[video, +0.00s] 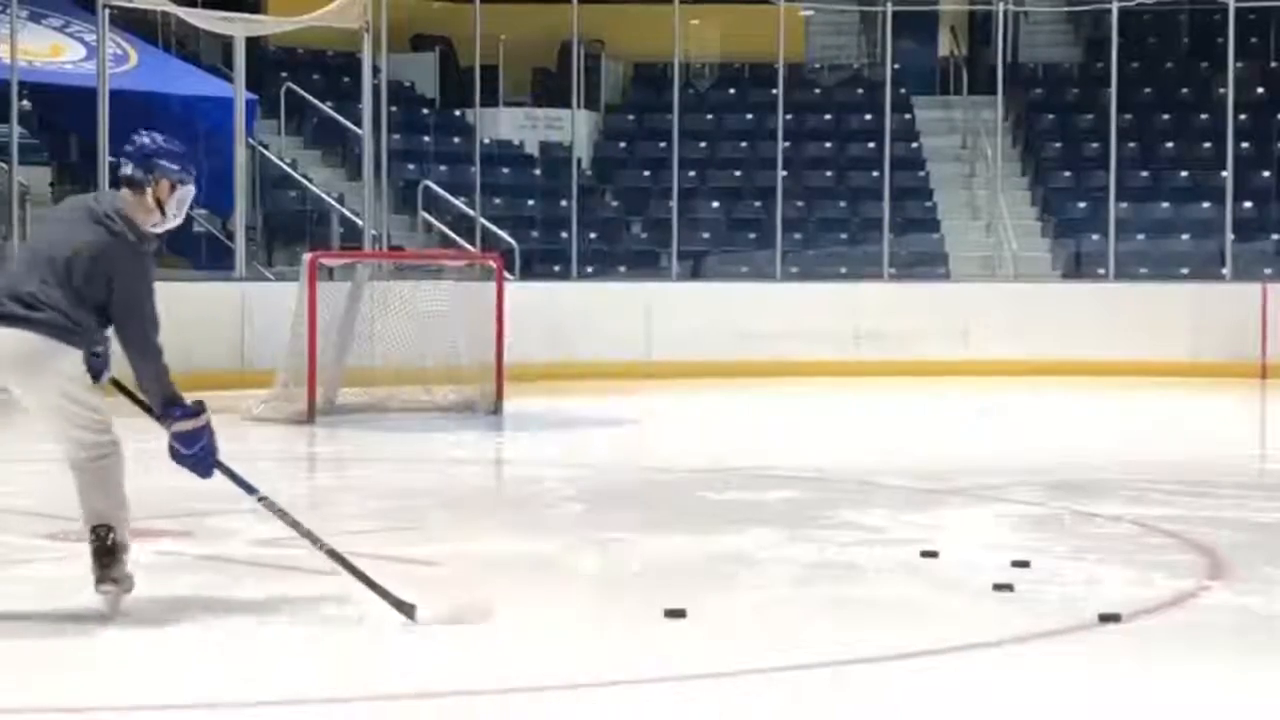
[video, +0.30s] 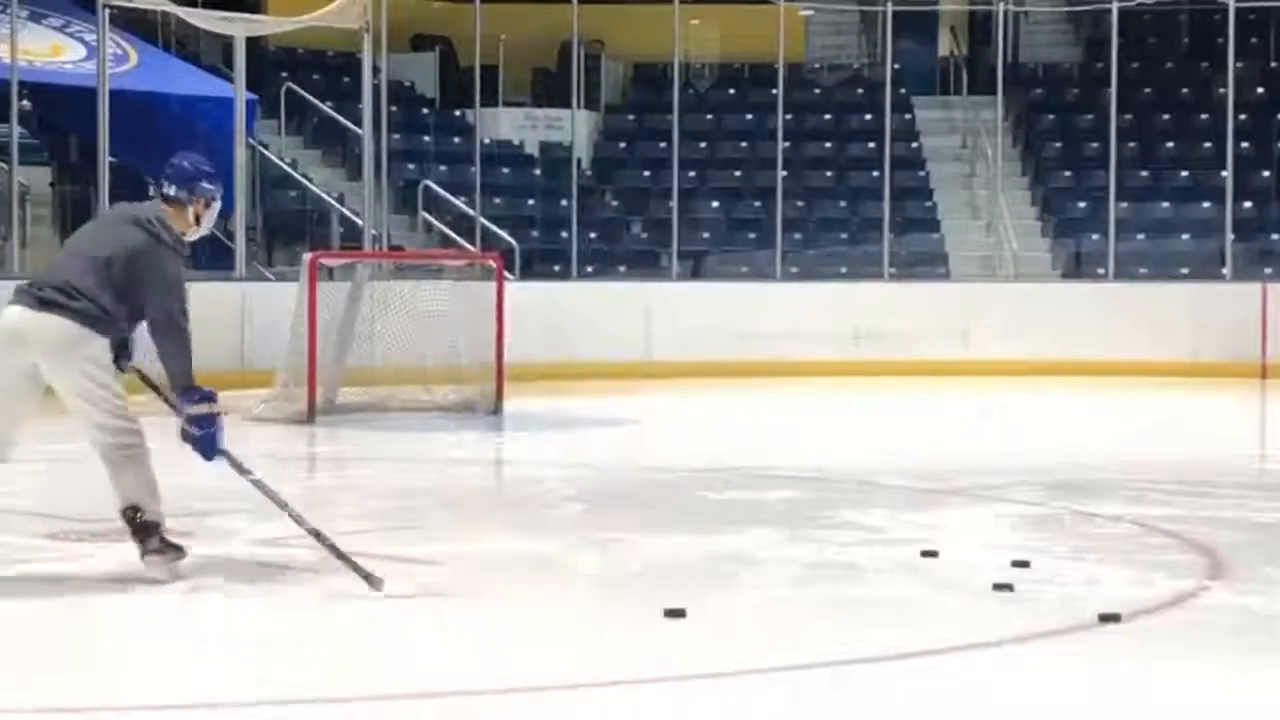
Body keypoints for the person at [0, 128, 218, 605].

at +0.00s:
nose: (176, 205)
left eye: (181, 194)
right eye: (173, 190)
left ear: (128, 179)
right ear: (150, 185)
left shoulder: (71, 208)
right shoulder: (127, 248)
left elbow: (60, 278)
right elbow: (140, 341)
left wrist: (93, 340)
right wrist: (172, 409)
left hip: (6, 326)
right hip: (40, 340)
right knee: (93, 443)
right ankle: (109, 552)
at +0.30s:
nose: (208, 220)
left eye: (211, 209)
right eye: (209, 208)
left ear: (164, 193)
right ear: (195, 204)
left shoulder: (119, 215)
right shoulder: (161, 249)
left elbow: (95, 276)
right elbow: (169, 328)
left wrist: (118, 335)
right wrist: (189, 396)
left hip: (17, 318)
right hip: (71, 333)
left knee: (3, 434)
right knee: (116, 434)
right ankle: (149, 534)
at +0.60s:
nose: (239, 228)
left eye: (240, 220)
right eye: (239, 220)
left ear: (203, 203)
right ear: (231, 217)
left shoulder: (162, 219)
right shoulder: (227, 255)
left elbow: (102, 241)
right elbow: (204, 299)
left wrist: (125, 280)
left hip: (103, 329)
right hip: (147, 348)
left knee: (108, 421)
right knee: (138, 449)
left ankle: (97, 483)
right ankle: (106, 508)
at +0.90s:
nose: (306, 175)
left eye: (304, 168)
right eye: (312, 169)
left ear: (286, 166)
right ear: (323, 171)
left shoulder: (251, 209)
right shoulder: (330, 224)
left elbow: (226, 267)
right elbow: (331, 296)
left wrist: (240, 301)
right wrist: (344, 352)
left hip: (236, 320)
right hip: (278, 332)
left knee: (257, 416)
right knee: (267, 428)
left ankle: (234, 489)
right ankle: (206, 474)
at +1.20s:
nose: (485, 181)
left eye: (485, 172)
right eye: (482, 172)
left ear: (445, 166)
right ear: (466, 171)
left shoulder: (421, 203)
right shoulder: (449, 209)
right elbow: (447, 257)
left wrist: (483, 265)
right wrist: (487, 273)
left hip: (393, 319)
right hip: (428, 325)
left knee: (400, 403)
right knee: (457, 406)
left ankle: (367, 474)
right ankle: (431, 477)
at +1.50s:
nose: (660, 197)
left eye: (662, 188)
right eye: (653, 187)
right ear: (628, 187)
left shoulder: (634, 229)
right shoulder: (609, 230)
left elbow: (631, 281)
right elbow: (583, 286)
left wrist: (649, 304)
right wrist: (588, 321)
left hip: (609, 332)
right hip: (594, 334)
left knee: (590, 407)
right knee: (649, 396)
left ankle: (559, 473)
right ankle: (631, 477)